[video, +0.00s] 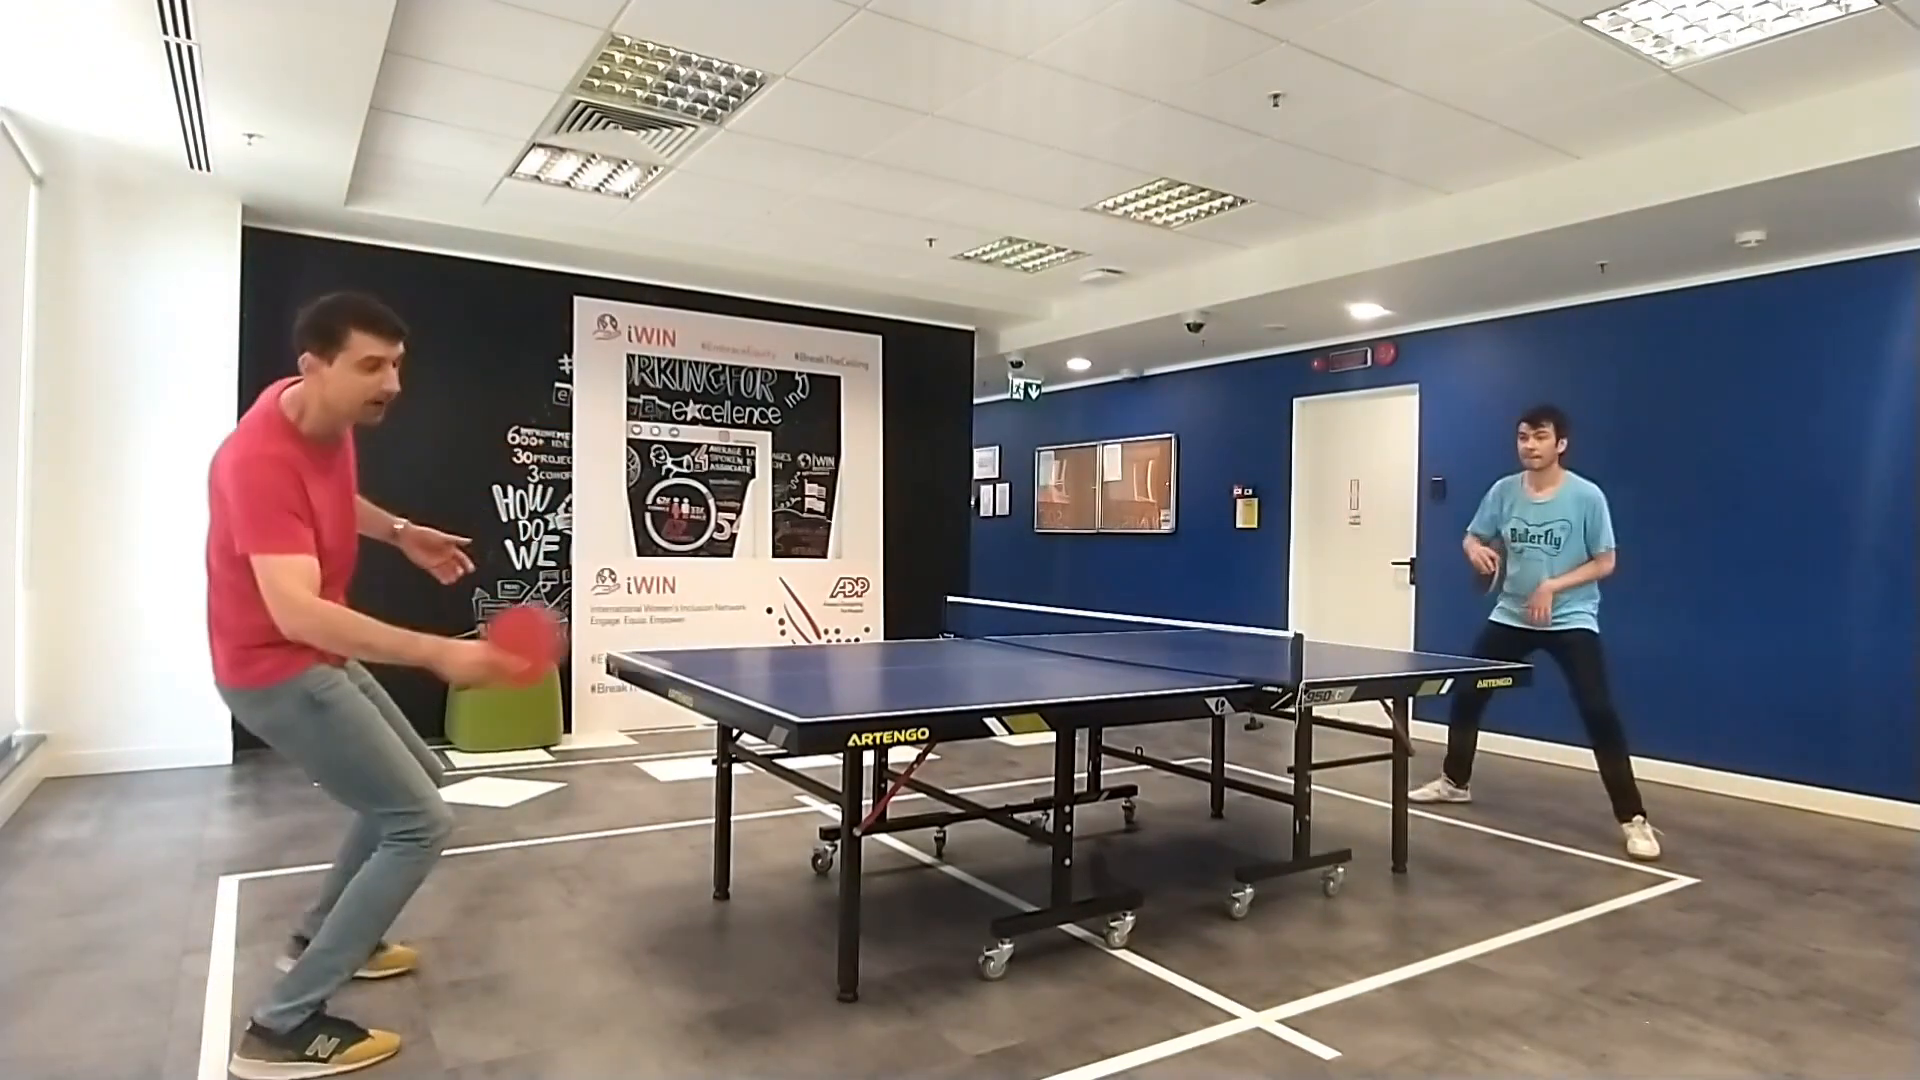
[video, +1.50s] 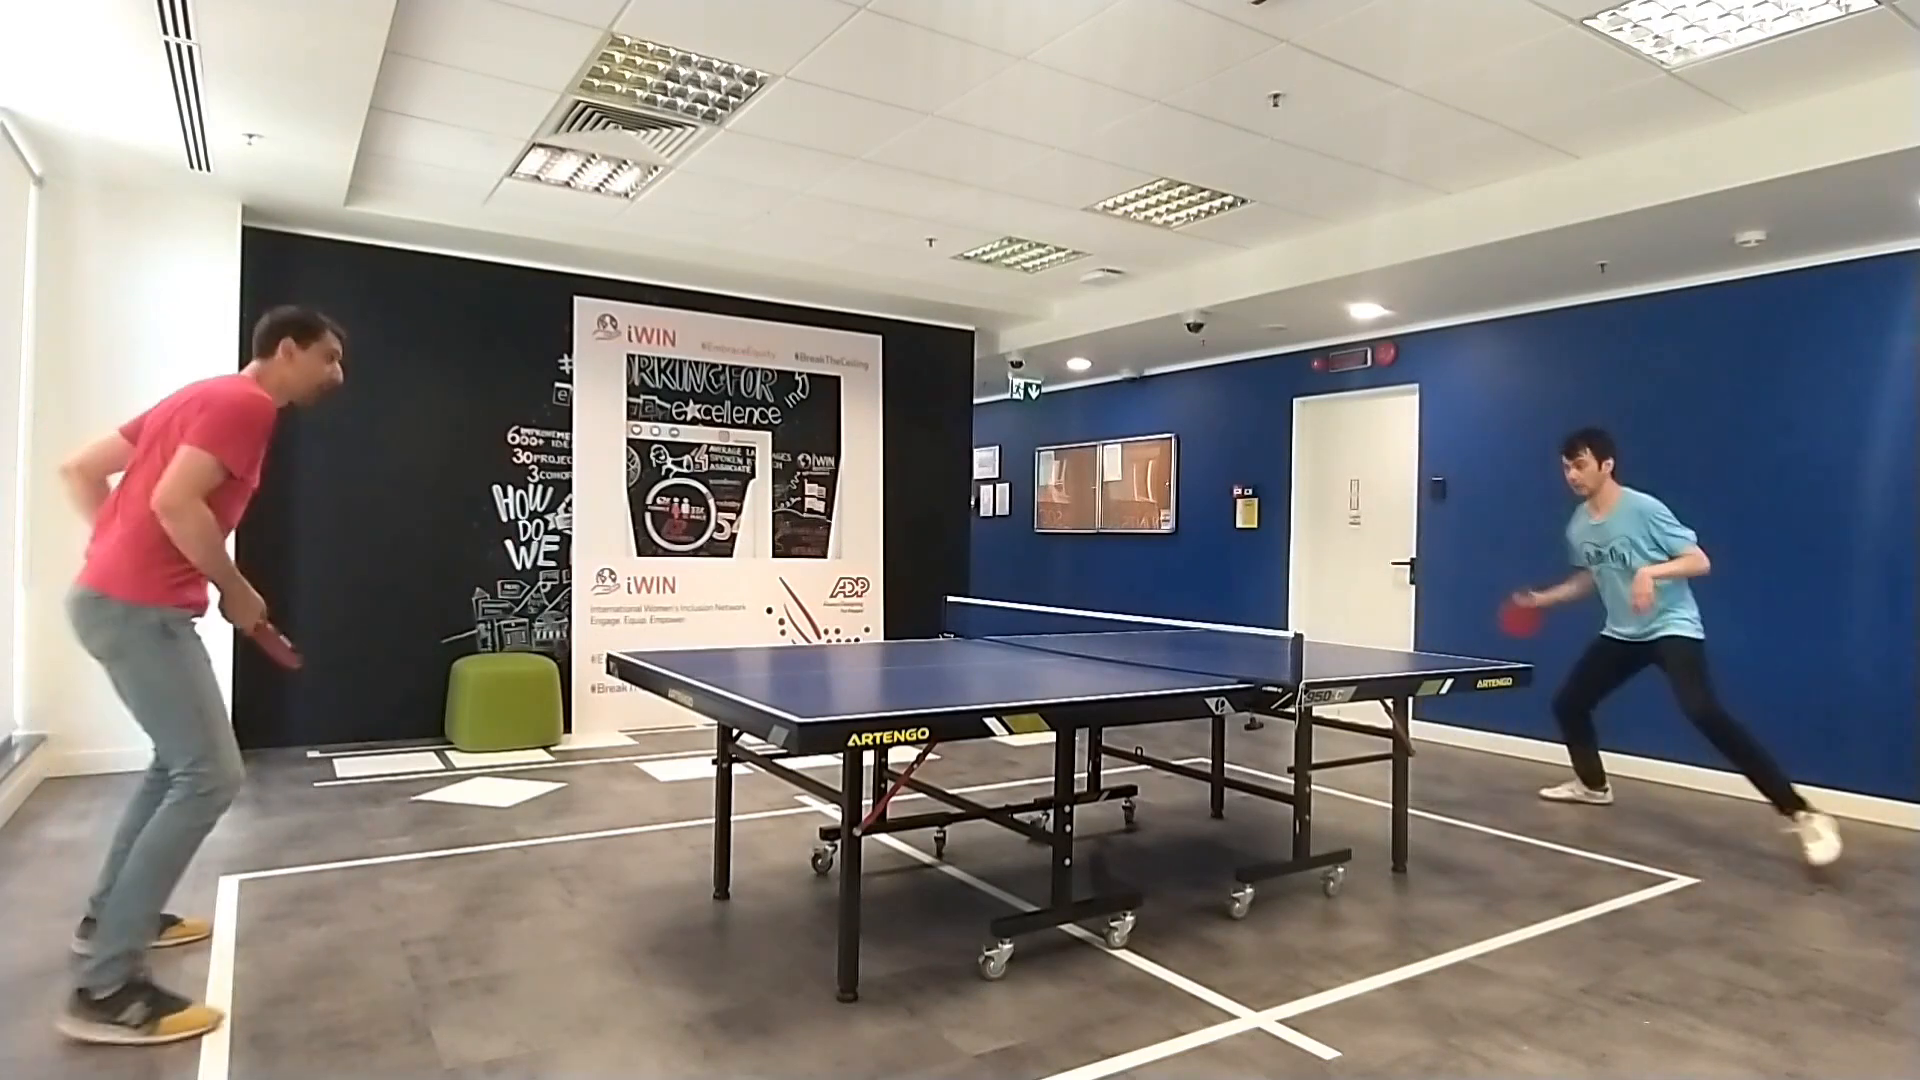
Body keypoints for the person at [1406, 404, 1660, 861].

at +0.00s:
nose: (1529, 445)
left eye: (1539, 437)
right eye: (1523, 437)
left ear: (1560, 444)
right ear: (1517, 443)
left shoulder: (1588, 497)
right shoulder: (1503, 492)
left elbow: (1605, 562)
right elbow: (1474, 538)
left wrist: (1553, 584)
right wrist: (1474, 548)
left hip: (1571, 620)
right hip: (1510, 616)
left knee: (1597, 710)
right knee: (1466, 690)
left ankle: (1633, 820)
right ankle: (1454, 782)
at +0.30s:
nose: (1470, 462)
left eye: (1478, 453)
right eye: (1466, 455)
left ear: (1506, 455)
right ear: (1466, 461)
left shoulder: (1543, 498)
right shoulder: (1468, 502)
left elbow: (1581, 557)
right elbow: (1448, 553)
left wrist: (1538, 591)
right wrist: (1430, 578)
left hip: (1549, 622)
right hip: (1491, 617)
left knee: (1586, 713)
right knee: (1432, 685)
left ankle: (1631, 820)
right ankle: (1407, 774)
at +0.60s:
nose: (1383, 492)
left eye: (1385, 482)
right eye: (1380, 485)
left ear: (1410, 474)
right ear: (1406, 478)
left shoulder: (1466, 504)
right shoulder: (1417, 532)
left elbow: (1518, 552)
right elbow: (1399, 582)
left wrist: (1476, 591)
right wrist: (1338, 583)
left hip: (1522, 626)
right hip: (1468, 629)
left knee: (1573, 712)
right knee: (1408, 683)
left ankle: (1632, 816)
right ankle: (1406, 778)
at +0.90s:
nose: (1426, 484)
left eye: (1434, 474)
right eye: (1424, 477)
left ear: (1463, 475)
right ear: (1433, 486)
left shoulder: (1508, 511)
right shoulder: (1435, 535)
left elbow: (1554, 563)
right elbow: (1392, 585)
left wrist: (1514, 588)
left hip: (1541, 636)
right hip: (1483, 639)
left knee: (1602, 716)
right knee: (1414, 685)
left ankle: (1689, 813)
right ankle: (1405, 780)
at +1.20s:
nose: (1548, 462)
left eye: (1558, 453)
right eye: (1546, 455)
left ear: (1586, 459)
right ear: (1546, 462)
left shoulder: (1623, 507)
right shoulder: (1549, 514)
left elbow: (1670, 565)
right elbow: (1528, 566)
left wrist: (1626, 598)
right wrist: (1507, 585)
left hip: (1628, 637)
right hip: (1572, 629)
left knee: (1653, 726)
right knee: (1505, 682)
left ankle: (1703, 827)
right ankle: (1468, 776)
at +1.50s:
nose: (1570, 474)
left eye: (1578, 464)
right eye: (1566, 466)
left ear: (1606, 465)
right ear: (1566, 471)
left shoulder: (1643, 508)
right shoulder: (1579, 524)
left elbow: (1698, 561)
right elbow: (1592, 576)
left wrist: (1650, 571)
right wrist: (1545, 599)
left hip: (1672, 628)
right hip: (1622, 634)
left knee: (1702, 712)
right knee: (1569, 704)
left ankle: (1802, 815)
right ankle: (1592, 786)